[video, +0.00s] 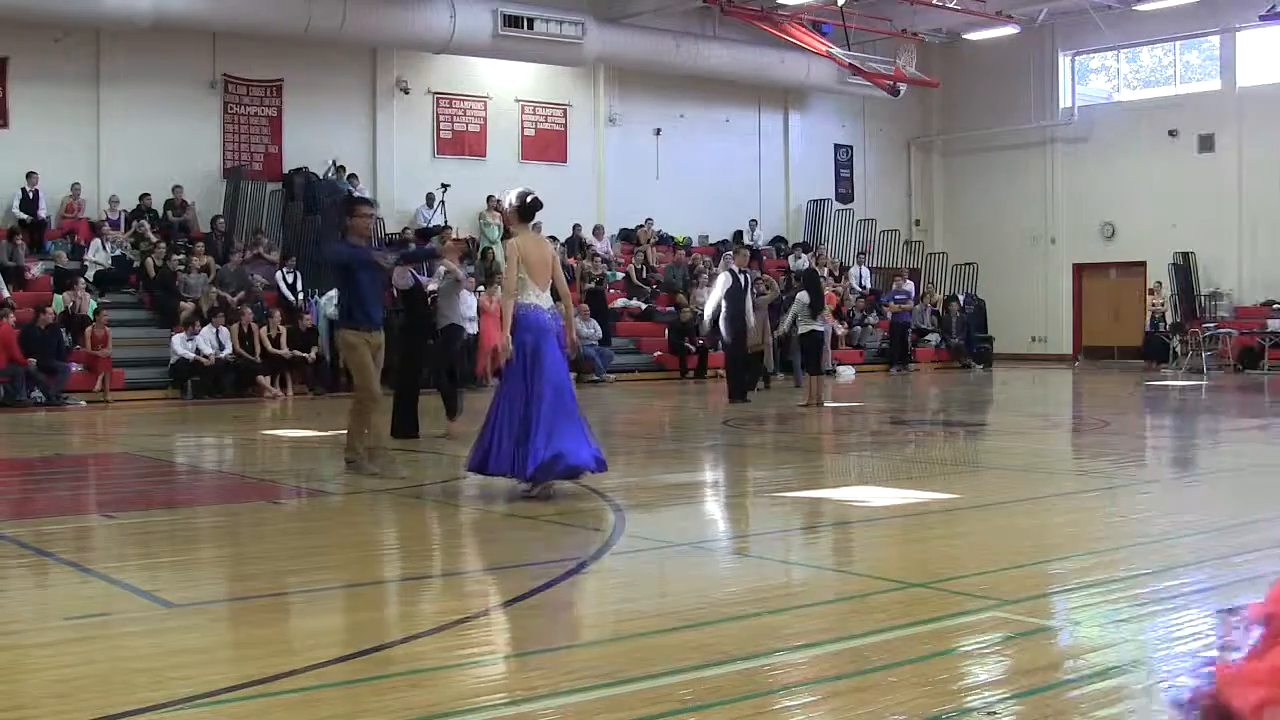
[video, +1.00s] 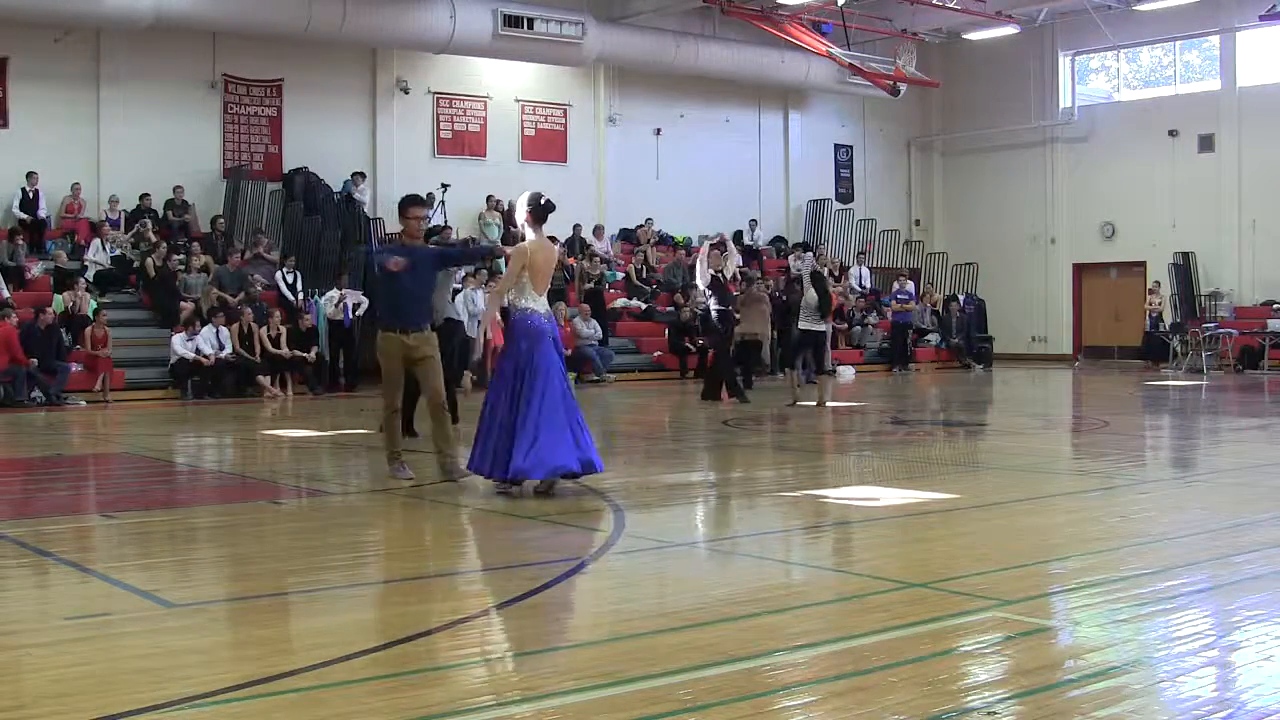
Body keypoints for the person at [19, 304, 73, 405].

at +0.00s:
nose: (52, 317)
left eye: (53, 314)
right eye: (49, 314)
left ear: (54, 315)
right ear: (41, 316)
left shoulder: (54, 329)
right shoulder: (28, 329)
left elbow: (60, 348)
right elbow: (23, 345)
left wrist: (61, 360)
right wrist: (27, 358)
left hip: (50, 360)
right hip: (34, 360)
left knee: (65, 368)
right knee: (31, 370)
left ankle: (53, 395)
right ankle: (52, 394)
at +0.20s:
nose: (52, 317)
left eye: (52, 314)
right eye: (49, 314)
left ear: (53, 316)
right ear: (41, 316)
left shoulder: (54, 329)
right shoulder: (28, 329)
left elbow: (60, 348)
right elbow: (23, 346)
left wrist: (61, 361)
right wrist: (28, 359)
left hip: (50, 360)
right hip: (35, 361)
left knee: (64, 368)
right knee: (31, 371)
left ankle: (54, 394)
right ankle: (51, 394)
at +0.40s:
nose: (52, 317)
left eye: (52, 314)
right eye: (49, 314)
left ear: (54, 316)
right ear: (41, 316)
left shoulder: (54, 329)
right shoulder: (29, 329)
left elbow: (60, 348)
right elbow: (24, 346)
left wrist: (61, 361)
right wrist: (29, 358)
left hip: (50, 360)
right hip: (35, 361)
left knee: (65, 368)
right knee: (31, 371)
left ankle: (53, 394)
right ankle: (51, 394)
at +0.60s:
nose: (52, 317)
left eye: (52, 314)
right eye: (49, 314)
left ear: (54, 315)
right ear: (41, 316)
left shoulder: (54, 329)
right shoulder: (28, 329)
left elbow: (60, 348)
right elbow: (24, 347)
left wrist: (61, 362)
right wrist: (28, 359)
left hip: (50, 360)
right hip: (34, 361)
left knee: (65, 367)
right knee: (31, 371)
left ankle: (54, 393)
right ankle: (51, 393)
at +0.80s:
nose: (52, 316)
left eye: (52, 314)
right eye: (49, 314)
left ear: (54, 315)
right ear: (41, 316)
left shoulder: (54, 329)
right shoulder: (28, 329)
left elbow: (60, 348)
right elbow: (24, 346)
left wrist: (61, 361)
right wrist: (28, 359)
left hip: (49, 360)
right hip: (34, 361)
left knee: (65, 367)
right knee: (31, 371)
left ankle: (54, 394)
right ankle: (51, 393)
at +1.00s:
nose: (52, 317)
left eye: (52, 314)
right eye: (49, 314)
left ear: (54, 315)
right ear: (41, 316)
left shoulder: (54, 329)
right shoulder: (28, 329)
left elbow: (60, 348)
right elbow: (24, 346)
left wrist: (61, 361)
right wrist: (28, 359)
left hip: (49, 360)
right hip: (34, 361)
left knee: (65, 367)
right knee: (31, 370)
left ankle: (54, 393)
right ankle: (51, 393)